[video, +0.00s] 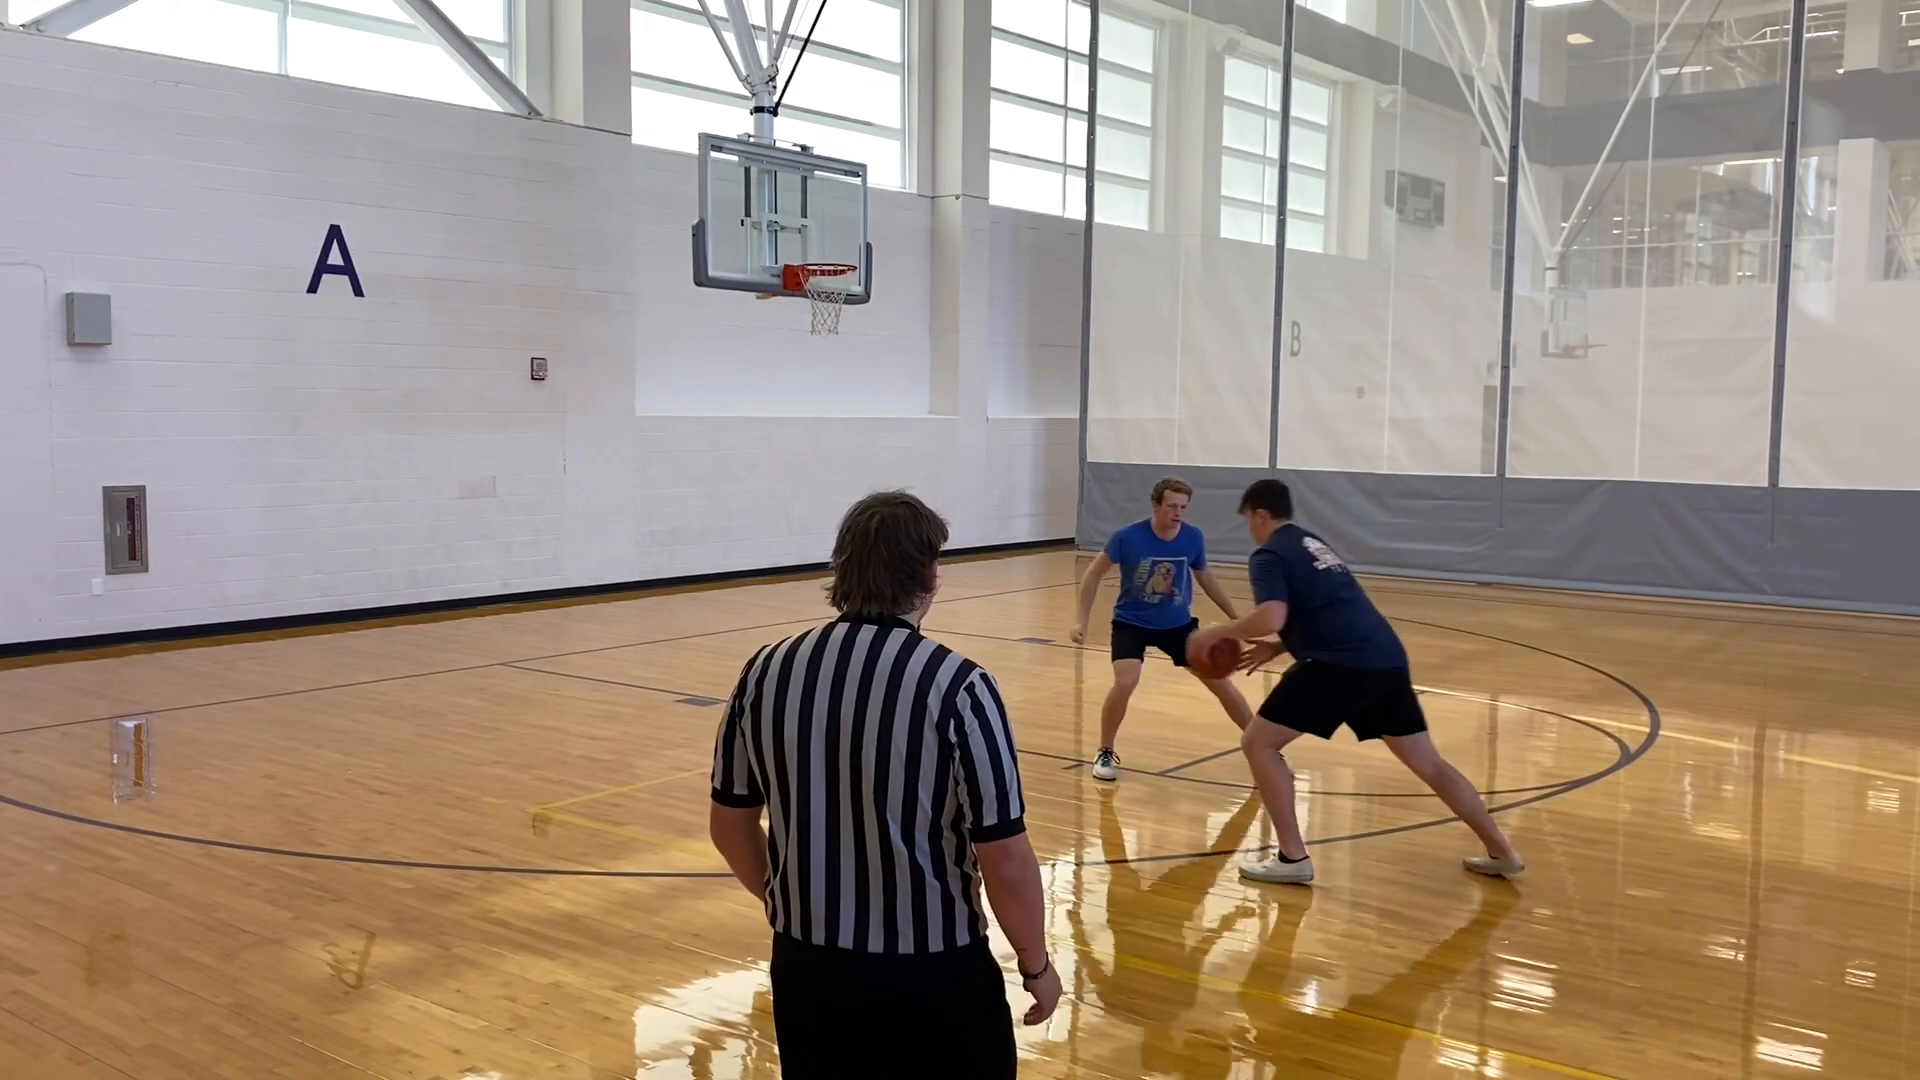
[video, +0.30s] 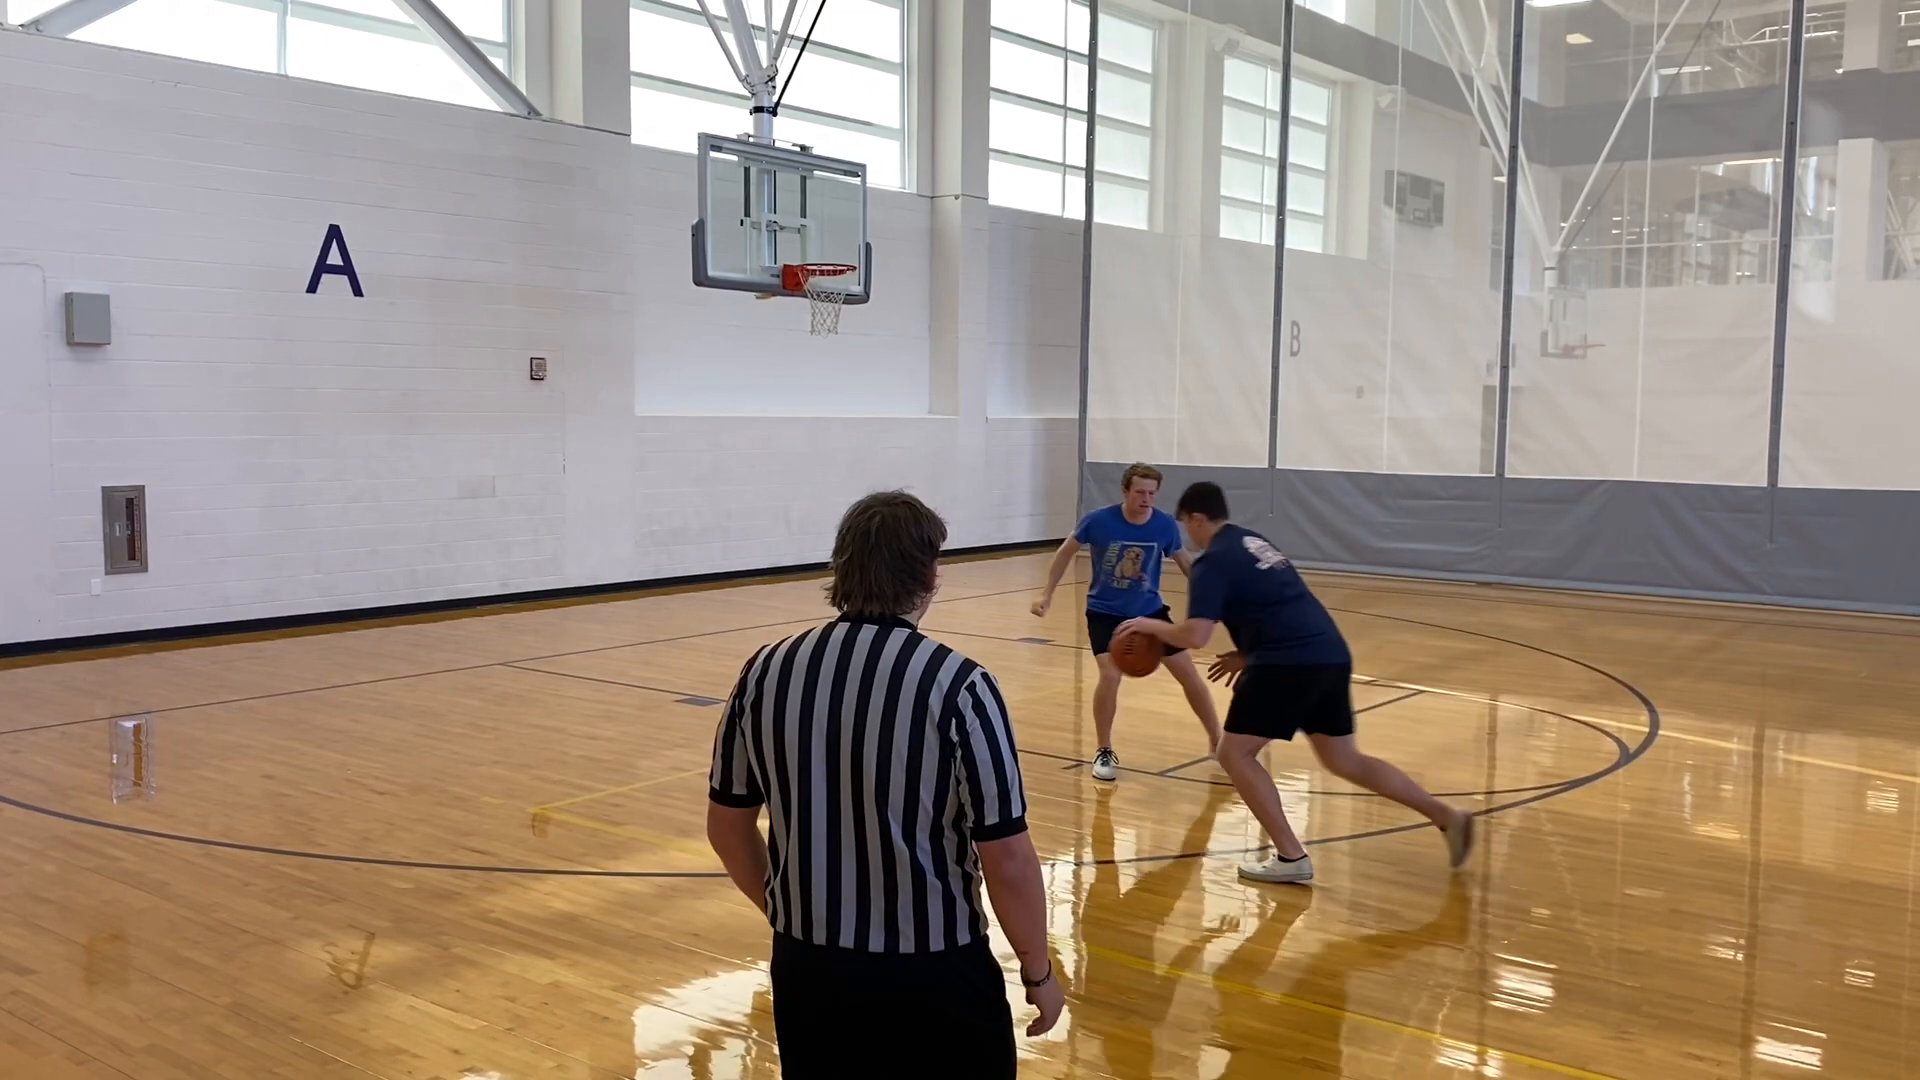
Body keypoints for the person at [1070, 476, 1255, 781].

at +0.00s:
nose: (1178, 512)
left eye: (1183, 507)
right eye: (1172, 506)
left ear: (1187, 508)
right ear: (1155, 506)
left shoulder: (1192, 538)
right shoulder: (1127, 538)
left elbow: (1205, 577)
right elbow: (1094, 574)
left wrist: (1235, 618)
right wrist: (1082, 623)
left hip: (1177, 624)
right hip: (1131, 623)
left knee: (1220, 681)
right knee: (1126, 681)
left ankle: (1263, 746)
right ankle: (1106, 752)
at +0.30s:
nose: (1145, 499)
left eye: (1151, 493)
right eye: (1139, 492)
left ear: (1157, 494)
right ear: (1125, 491)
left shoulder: (1165, 526)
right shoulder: (1097, 522)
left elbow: (1187, 564)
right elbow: (1066, 552)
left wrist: (1210, 594)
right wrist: (1046, 595)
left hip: (1150, 610)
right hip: (1105, 612)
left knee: (1187, 672)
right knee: (1110, 675)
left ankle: (1218, 741)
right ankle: (1104, 751)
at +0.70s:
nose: (1113, 492)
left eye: (1119, 486)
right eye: (1108, 485)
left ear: (1125, 488)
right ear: (1095, 484)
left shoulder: (1130, 518)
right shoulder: (1070, 512)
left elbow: (1149, 557)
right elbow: (1041, 549)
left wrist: (1150, 594)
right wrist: (1021, 589)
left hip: (1118, 599)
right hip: (1074, 598)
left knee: (1144, 662)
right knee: (1071, 666)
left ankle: (1139, 732)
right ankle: (1077, 742)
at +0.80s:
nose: (1102, 493)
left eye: (1109, 488)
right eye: (1097, 486)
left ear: (1117, 489)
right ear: (1086, 484)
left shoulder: (1122, 517)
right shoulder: (1062, 514)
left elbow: (1139, 557)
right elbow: (1035, 551)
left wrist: (1143, 595)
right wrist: (1015, 592)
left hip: (1111, 599)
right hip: (1067, 598)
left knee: (1133, 662)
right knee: (1058, 661)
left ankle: (1125, 733)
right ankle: (1060, 740)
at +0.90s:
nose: (1091, 493)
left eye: (1097, 488)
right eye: (1086, 487)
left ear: (1106, 489)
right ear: (1076, 486)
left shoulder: (1114, 518)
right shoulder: (1054, 518)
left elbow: (1134, 558)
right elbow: (1028, 555)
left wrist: (1138, 600)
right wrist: (1009, 595)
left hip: (1104, 601)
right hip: (1060, 599)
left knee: (1122, 670)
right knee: (1043, 664)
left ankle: (1115, 739)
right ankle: (1038, 738)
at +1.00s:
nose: (1084, 495)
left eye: (1088, 489)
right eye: (1078, 488)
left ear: (1091, 493)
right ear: (1068, 491)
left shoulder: (1105, 522)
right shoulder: (1045, 522)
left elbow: (1125, 565)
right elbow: (1021, 561)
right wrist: (1002, 601)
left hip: (1095, 603)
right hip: (1051, 600)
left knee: (1112, 672)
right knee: (1027, 662)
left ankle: (1111, 743)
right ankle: (1015, 734)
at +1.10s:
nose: (1057, 513)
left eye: (1057, 506)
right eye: (1055, 507)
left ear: (1068, 500)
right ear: (1053, 504)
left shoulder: (1097, 524)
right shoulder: (1039, 527)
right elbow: (1015, 565)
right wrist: (994, 606)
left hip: (1087, 607)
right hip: (1045, 605)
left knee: (1108, 675)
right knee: (1013, 668)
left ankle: (1107, 748)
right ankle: (991, 732)